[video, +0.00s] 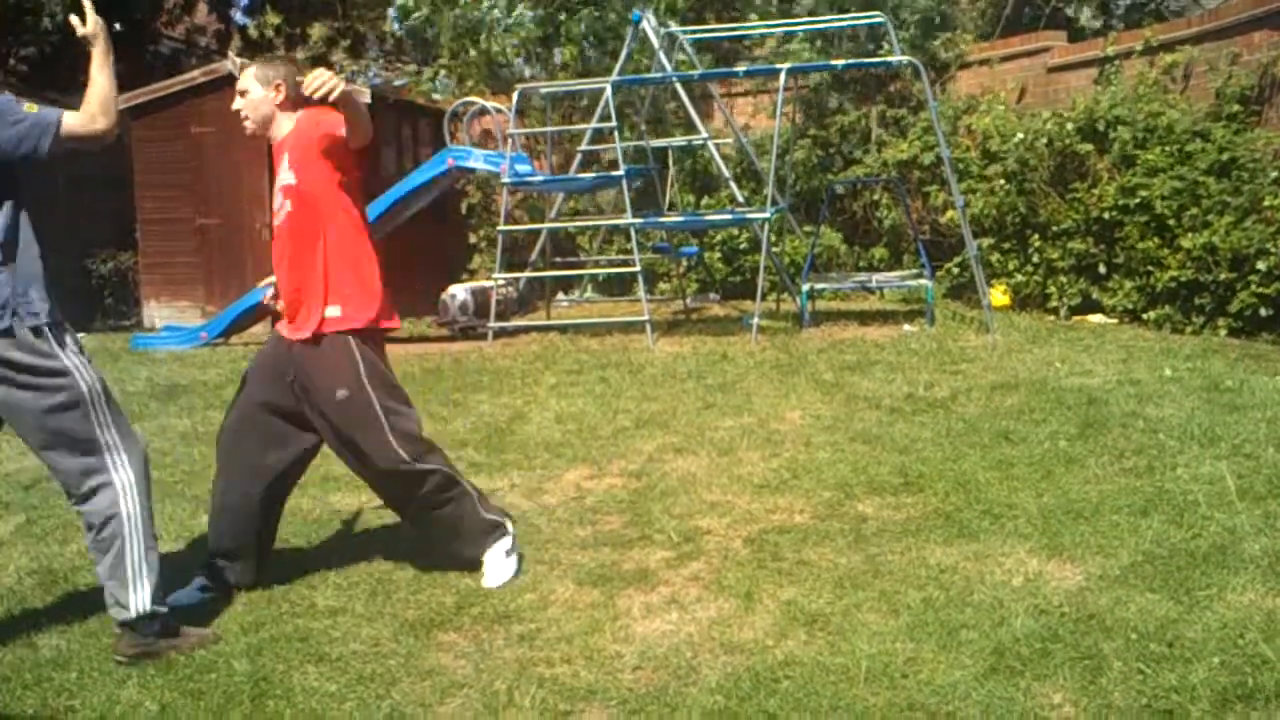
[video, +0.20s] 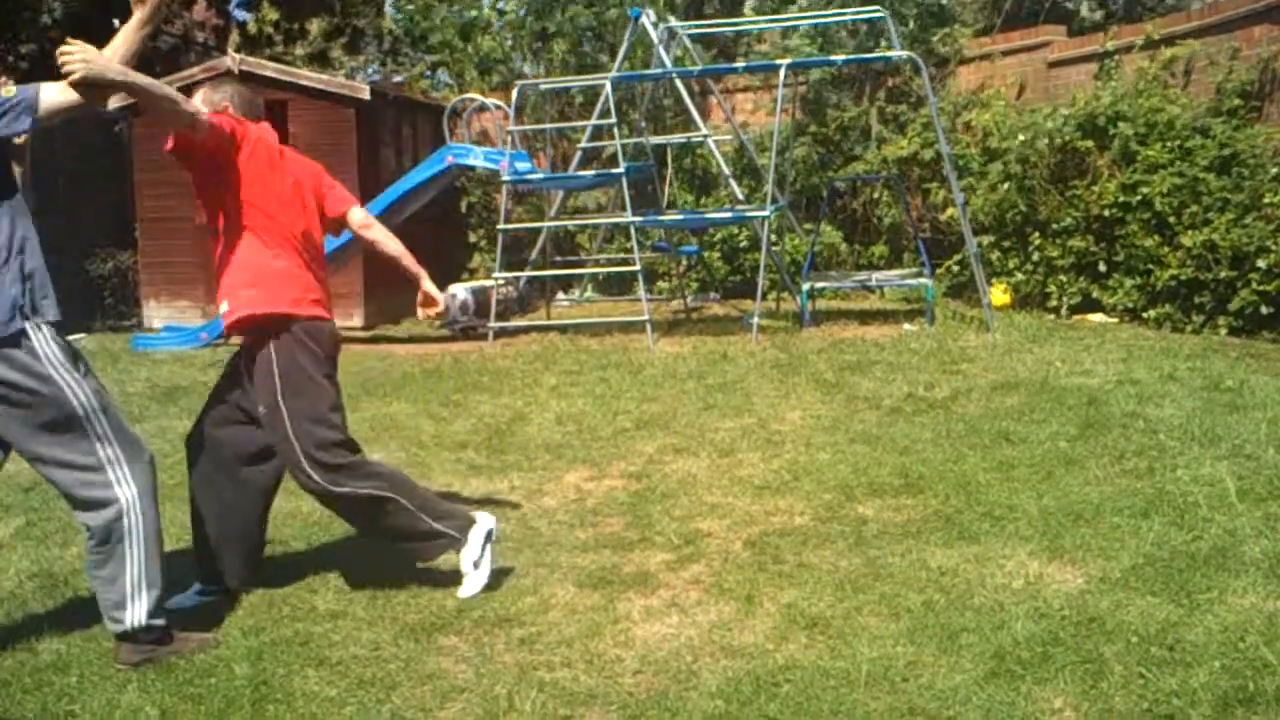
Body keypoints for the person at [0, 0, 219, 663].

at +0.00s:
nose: (17, 74)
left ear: (13, 76)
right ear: (8, 74)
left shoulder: (10, 118)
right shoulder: (3, 117)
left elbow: (96, 122)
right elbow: (99, 122)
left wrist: (98, 48)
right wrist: (99, 41)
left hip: (15, 321)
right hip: (14, 323)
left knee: (105, 455)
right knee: (109, 455)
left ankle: (137, 610)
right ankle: (139, 620)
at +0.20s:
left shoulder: (10, 112)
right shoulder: (7, 110)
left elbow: (89, 89)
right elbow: (92, 89)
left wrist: (139, 22)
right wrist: (141, 20)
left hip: (18, 325)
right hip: (15, 327)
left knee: (113, 466)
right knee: (118, 467)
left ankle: (137, 619)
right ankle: (139, 629)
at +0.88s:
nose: (12, 71)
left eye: (11, 60)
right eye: (8, 60)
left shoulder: (10, 128)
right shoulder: (4, 128)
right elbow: (94, 202)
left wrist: (74, 155)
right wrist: (85, 165)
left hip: (14, 321)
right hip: (13, 322)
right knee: (102, 460)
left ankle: (148, 622)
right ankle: (151, 630)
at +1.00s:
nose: (15, 69)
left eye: (15, 58)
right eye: (8, 58)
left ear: (13, 65)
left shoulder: (10, 136)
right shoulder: (2, 139)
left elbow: (79, 214)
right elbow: (75, 197)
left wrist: (114, 143)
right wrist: (90, 103)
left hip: (20, 339)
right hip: (21, 341)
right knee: (128, 478)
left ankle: (134, 626)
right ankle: (135, 638)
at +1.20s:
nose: (48, 96)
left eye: (49, 83)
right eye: (44, 81)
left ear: (9, 77)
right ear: (11, 74)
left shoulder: (10, 154)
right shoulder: (4, 153)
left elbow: (75, 228)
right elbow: (72, 216)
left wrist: (167, 236)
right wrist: (153, 154)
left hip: (13, 352)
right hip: (13, 355)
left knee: (11, 489)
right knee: (118, 476)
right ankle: (139, 636)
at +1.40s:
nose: (23, 76)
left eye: (22, 63)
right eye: (18, 62)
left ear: (10, 65)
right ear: (3, 65)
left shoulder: (7, 135)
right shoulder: (3, 133)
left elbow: (21, 214)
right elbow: (82, 178)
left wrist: (88, 233)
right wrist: (82, 112)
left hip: (9, 350)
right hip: (5, 355)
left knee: (71, 479)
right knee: (76, 480)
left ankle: (134, 622)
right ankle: (137, 634)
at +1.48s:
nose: (14, 57)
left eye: (13, 46)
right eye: (10, 47)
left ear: (8, 56)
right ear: (0, 57)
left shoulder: (6, 126)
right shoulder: (1, 126)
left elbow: (32, 215)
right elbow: (48, 205)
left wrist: (91, 256)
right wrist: (81, 167)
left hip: (4, 342)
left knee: (43, 479)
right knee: (43, 480)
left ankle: (121, 623)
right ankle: (124, 629)